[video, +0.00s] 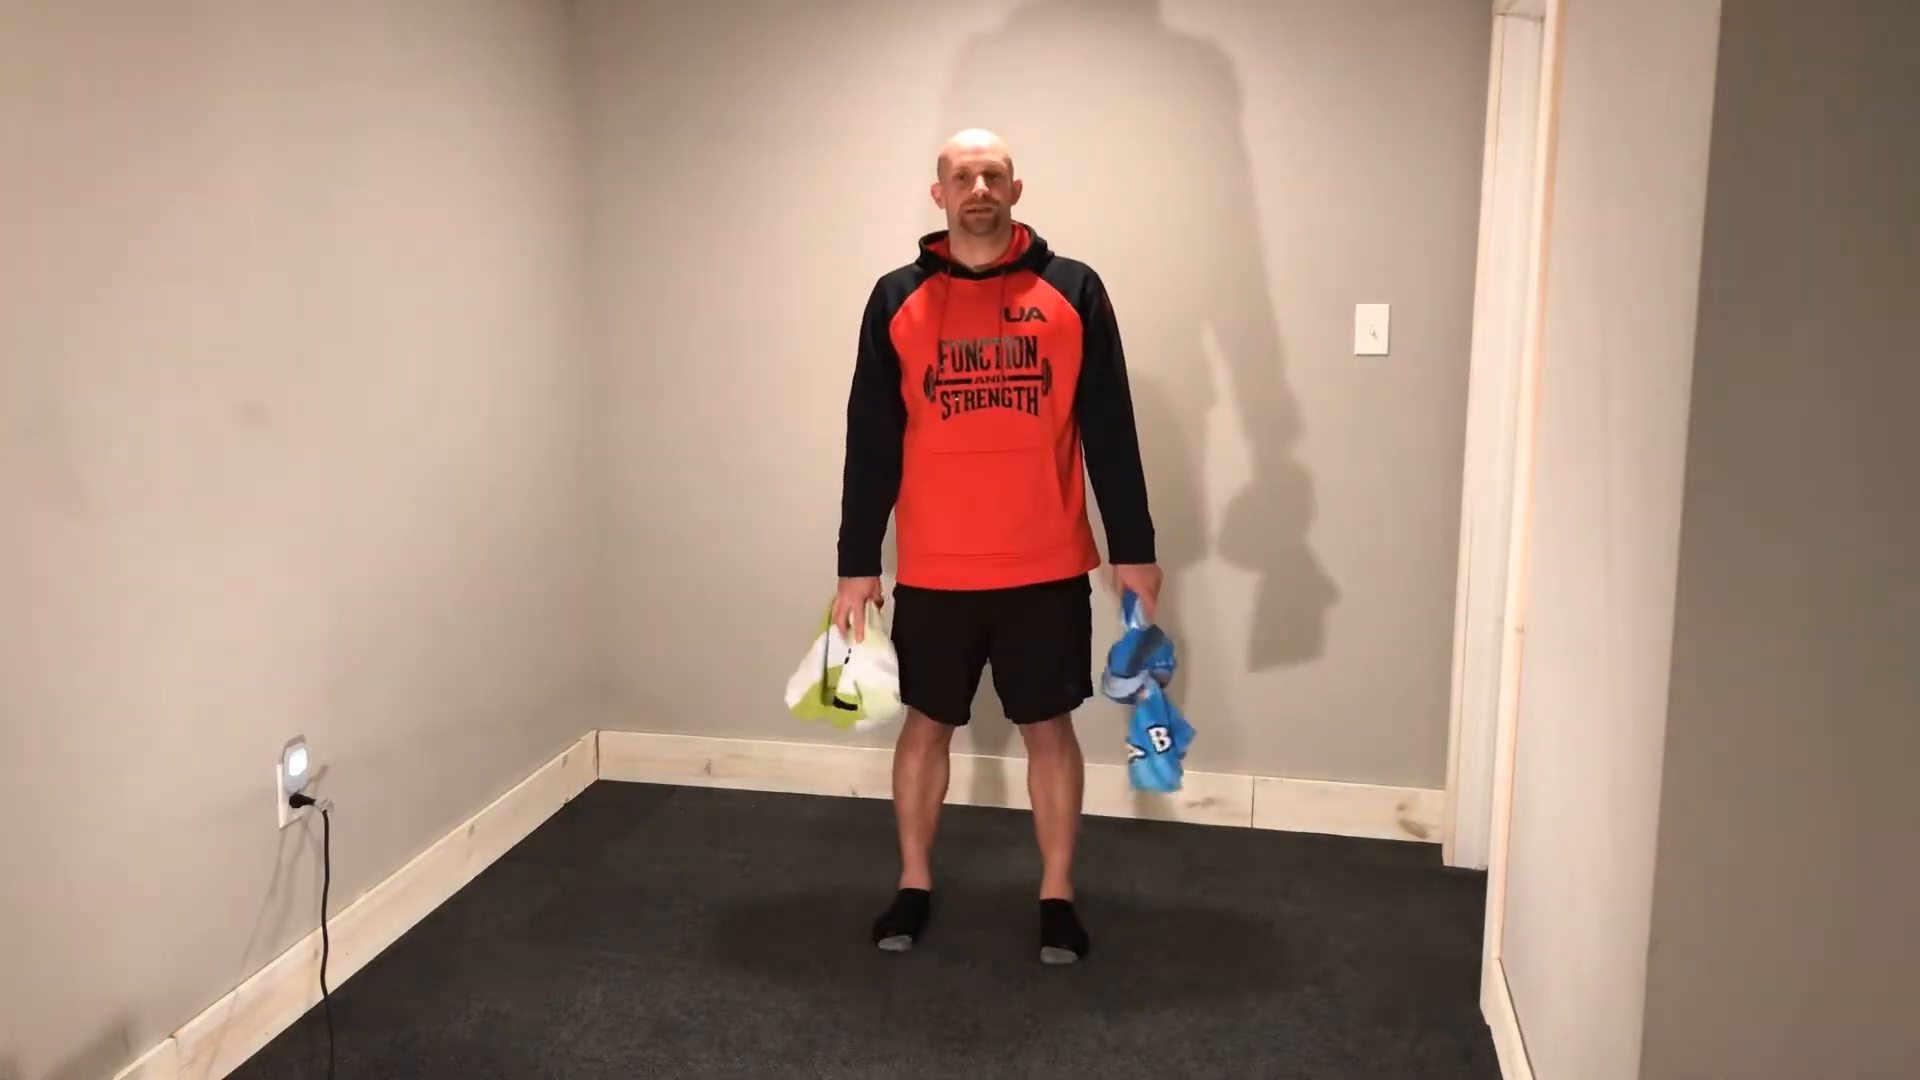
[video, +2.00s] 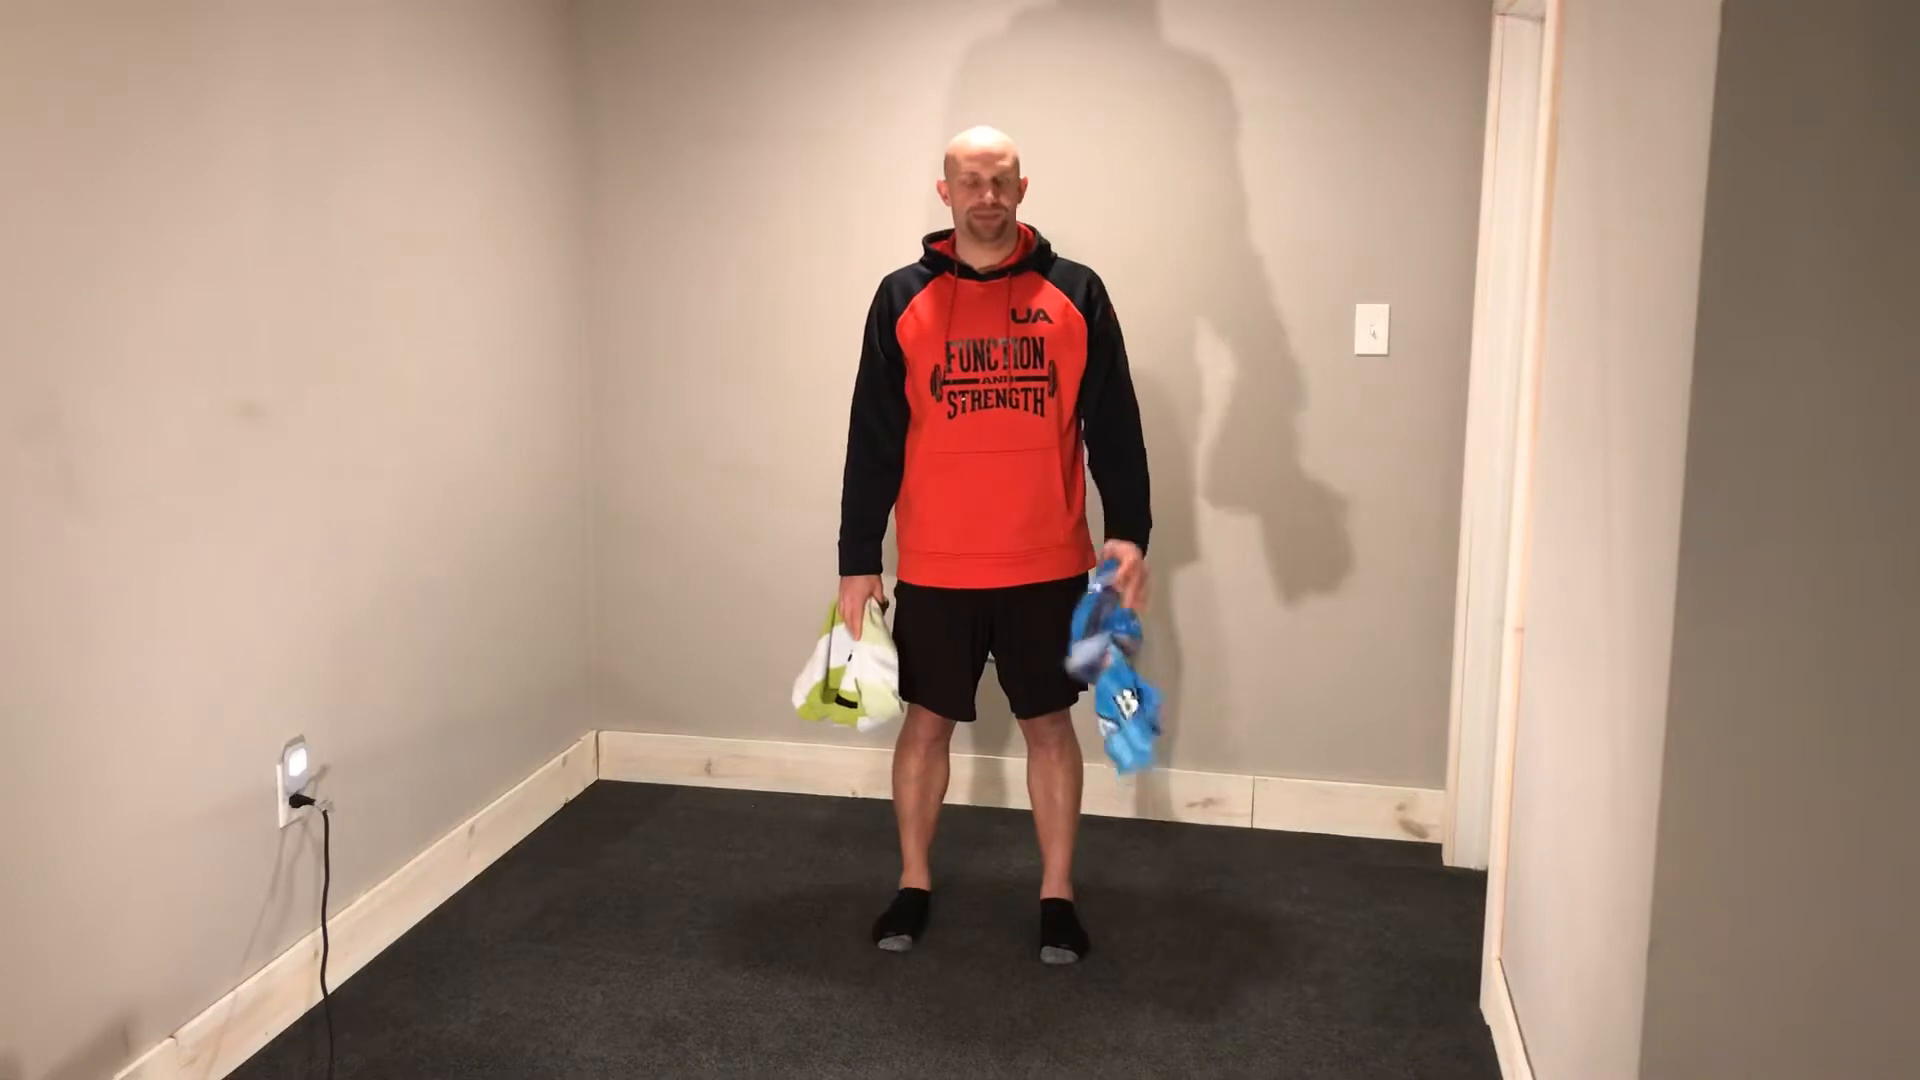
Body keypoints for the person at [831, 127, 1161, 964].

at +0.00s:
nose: (979, 187)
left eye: (992, 174)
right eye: (962, 176)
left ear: (1018, 192)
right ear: (937, 195)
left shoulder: (1072, 291)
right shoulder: (898, 299)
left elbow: (1109, 427)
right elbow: (871, 437)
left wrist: (1134, 549)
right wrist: (857, 560)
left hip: (1042, 564)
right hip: (935, 567)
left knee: (1047, 727)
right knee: (925, 725)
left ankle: (1057, 898)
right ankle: (912, 888)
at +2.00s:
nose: (987, 198)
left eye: (1001, 183)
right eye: (971, 184)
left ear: (1022, 190)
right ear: (946, 192)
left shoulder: (1075, 292)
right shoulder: (904, 296)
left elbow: (1113, 420)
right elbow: (873, 433)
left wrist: (1131, 532)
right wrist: (859, 557)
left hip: (1044, 562)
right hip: (936, 563)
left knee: (1048, 725)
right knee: (926, 723)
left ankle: (1057, 897)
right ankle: (912, 887)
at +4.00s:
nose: (986, 195)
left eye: (999, 180)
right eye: (969, 182)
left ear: (1024, 188)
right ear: (947, 193)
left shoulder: (1079, 294)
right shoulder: (907, 297)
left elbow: (1123, 412)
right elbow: (873, 434)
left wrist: (1098, 439)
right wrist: (856, 558)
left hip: (1038, 560)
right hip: (933, 561)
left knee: (1044, 724)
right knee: (924, 723)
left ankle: (1057, 896)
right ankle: (911, 888)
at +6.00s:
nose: (984, 202)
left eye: (998, 186)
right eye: (968, 187)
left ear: (1018, 190)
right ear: (941, 193)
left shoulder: (1070, 289)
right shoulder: (902, 301)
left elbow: (1127, 397)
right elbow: (877, 441)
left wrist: (1109, 388)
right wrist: (863, 568)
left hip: (1045, 562)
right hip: (936, 565)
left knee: (1049, 727)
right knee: (925, 724)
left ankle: (1058, 897)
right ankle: (912, 889)